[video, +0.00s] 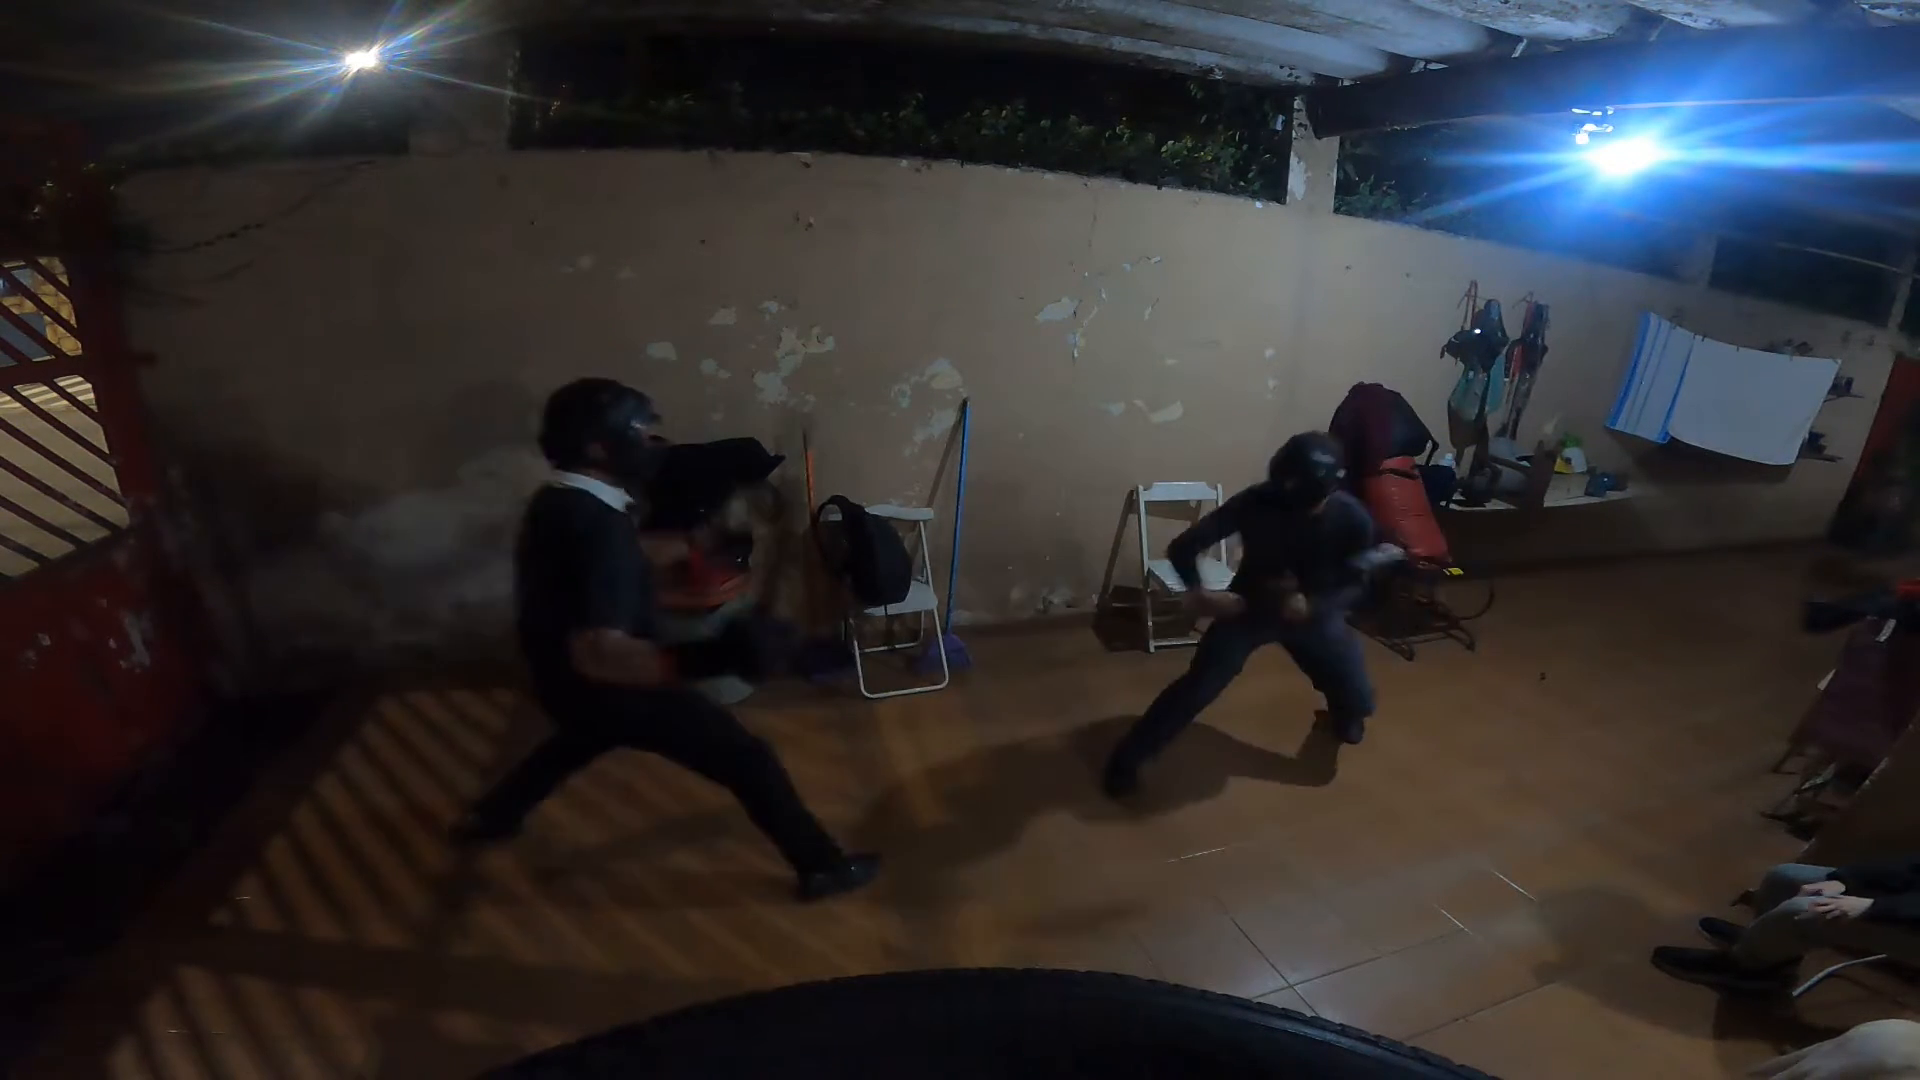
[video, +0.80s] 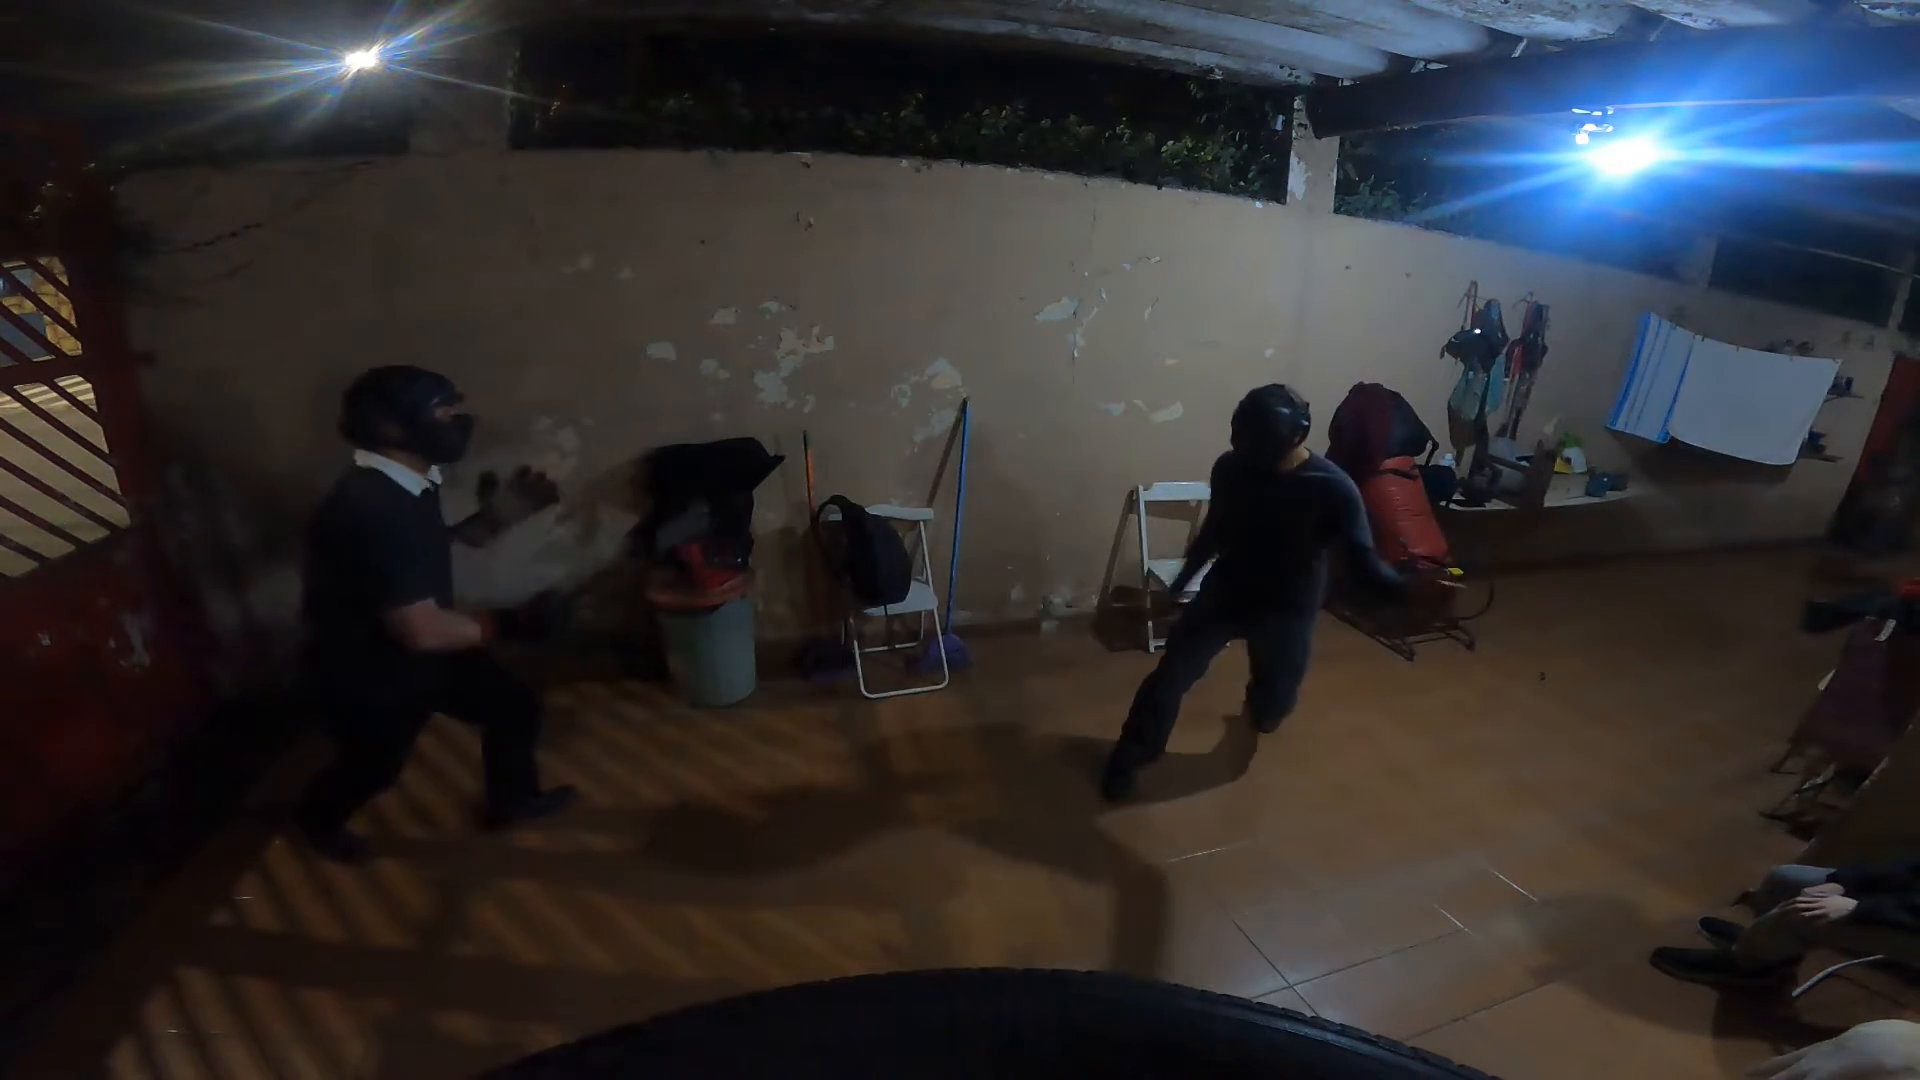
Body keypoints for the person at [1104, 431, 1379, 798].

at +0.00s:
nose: (1306, 504)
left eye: (1313, 495)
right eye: (1296, 494)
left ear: (1330, 487)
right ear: (1283, 482)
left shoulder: (1350, 520)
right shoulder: (1256, 504)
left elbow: (1357, 584)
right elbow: (1182, 548)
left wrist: (1313, 604)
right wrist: (1199, 592)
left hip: (1316, 616)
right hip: (1250, 609)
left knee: (1356, 698)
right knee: (1200, 687)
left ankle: (1348, 720)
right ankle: (1127, 760)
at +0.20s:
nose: (1311, 528)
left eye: (1317, 520)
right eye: (1303, 519)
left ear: (1323, 515)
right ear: (1278, 515)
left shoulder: (1334, 532)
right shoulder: (1240, 535)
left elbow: (1380, 555)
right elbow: (1163, 563)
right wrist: (1081, 580)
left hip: (1299, 626)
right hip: (1235, 626)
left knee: (1351, 694)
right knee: (1196, 703)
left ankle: (1347, 720)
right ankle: (1126, 764)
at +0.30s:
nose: (1312, 510)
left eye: (1319, 500)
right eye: (1302, 499)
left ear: (1326, 495)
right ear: (1278, 494)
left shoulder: (1339, 521)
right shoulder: (1240, 516)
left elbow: (1388, 549)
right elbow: (1185, 552)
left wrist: (1447, 580)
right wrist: (1134, 582)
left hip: (1304, 625)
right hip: (1239, 621)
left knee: (1345, 686)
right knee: (1193, 696)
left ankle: (1348, 722)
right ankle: (1128, 760)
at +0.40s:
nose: (1299, 484)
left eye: (1306, 475)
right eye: (1289, 474)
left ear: (1317, 468)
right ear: (1268, 467)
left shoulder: (1343, 502)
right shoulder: (1237, 493)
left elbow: (1393, 542)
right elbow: (1200, 538)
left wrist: (1449, 583)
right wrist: (1161, 582)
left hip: (1309, 611)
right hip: (1242, 605)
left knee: (1343, 680)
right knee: (1190, 683)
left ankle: (1349, 721)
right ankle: (1132, 759)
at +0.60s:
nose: (1259, 451)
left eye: (1269, 443)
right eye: (1253, 441)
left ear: (1298, 433)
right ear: (1244, 432)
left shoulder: (1332, 476)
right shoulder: (1227, 460)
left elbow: (1381, 527)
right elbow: (1196, 510)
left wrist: (1425, 577)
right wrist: (1149, 553)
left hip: (1298, 600)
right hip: (1230, 591)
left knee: (1318, 681)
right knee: (1181, 675)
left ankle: (1325, 717)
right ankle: (1129, 759)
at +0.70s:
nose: (1254, 450)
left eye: (1264, 442)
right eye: (1249, 439)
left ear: (1294, 435)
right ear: (1245, 431)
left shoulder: (1333, 477)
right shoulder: (1229, 461)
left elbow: (1375, 537)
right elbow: (1197, 516)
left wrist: (1427, 586)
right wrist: (1150, 556)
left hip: (1296, 597)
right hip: (1232, 584)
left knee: (1286, 693)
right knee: (1181, 669)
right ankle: (1132, 756)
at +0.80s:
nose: (1259, 462)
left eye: (1267, 453)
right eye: (1251, 451)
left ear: (1295, 441)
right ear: (1243, 439)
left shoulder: (1334, 489)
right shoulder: (1232, 468)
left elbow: (1362, 557)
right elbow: (1214, 532)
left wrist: (1398, 586)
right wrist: (1181, 583)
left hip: (1289, 607)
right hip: (1226, 592)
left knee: (1272, 706)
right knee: (1172, 673)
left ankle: (1261, 707)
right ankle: (1127, 760)